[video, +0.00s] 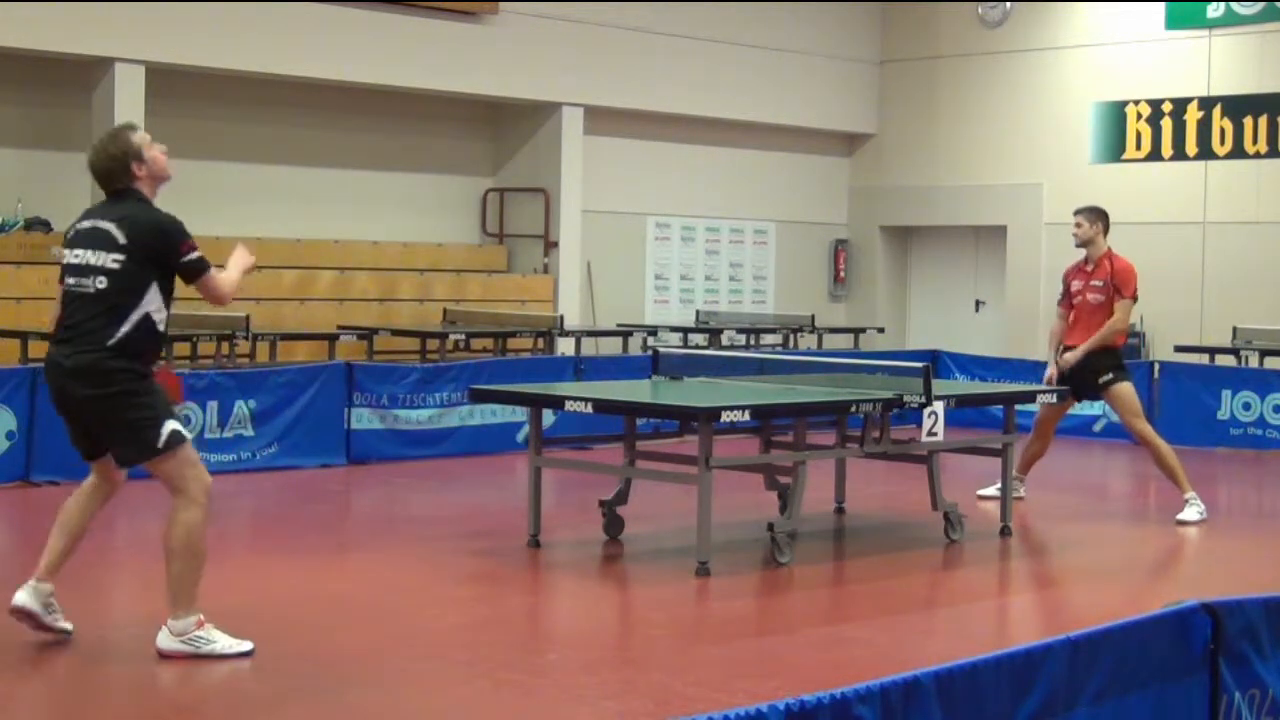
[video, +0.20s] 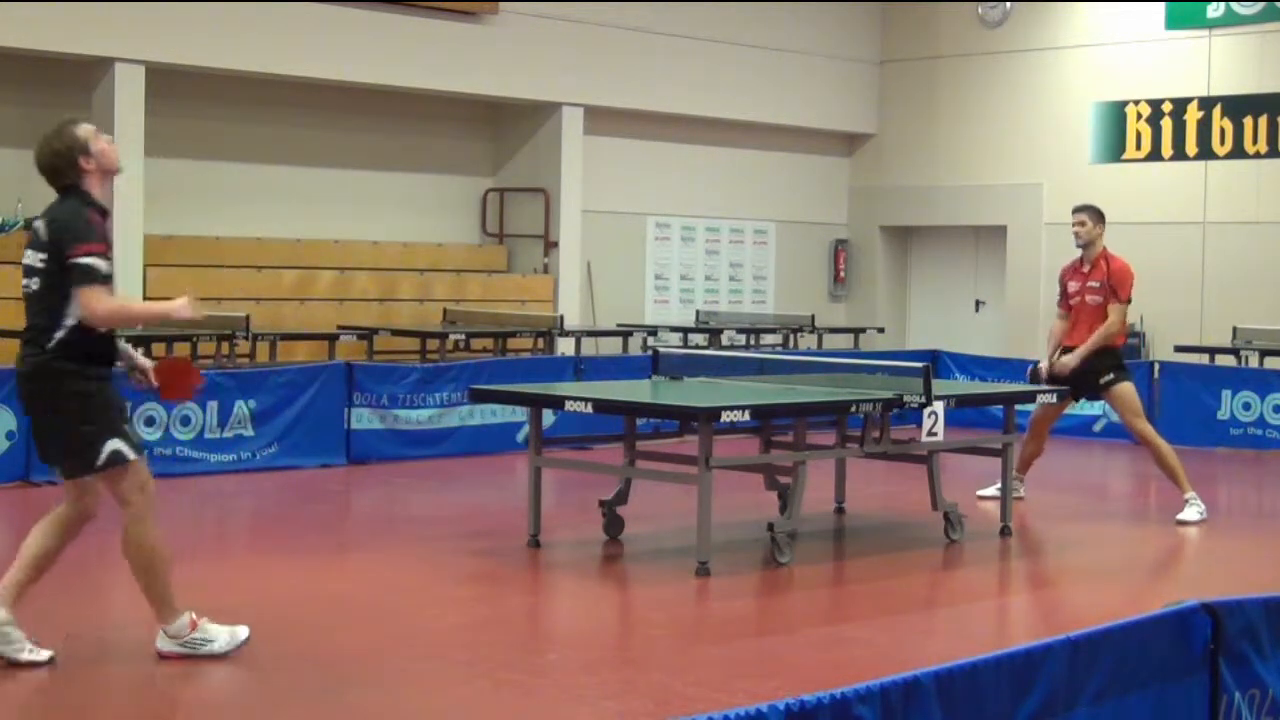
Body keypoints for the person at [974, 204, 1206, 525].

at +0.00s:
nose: (1073, 231)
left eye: (1079, 226)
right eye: (1073, 226)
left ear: (1098, 229)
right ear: (1087, 230)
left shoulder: (1121, 269)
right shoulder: (1072, 272)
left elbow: (1120, 323)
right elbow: (1061, 319)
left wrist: (1079, 352)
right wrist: (1051, 361)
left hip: (1104, 356)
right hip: (1070, 356)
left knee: (1138, 426)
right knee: (1043, 422)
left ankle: (1191, 498)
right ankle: (1016, 481)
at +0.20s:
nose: (1075, 230)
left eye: (1081, 225)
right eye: (1073, 226)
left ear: (1099, 228)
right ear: (1074, 231)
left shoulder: (1118, 269)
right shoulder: (1068, 272)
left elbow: (1115, 325)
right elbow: (1062, 319)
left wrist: (1075, 356)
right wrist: (1048, 357)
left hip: (1104, 356)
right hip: (1070, 356)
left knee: (1139, 427)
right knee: (1038, 422)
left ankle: (1191, 498)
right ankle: (1015, 481)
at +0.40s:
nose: (1054, 262)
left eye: (1052, 254)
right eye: (1050, 256)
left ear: (1063, 243)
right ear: (1075, 237)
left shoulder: (1076, 265)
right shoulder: (1121, 249)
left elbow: (1057, 328)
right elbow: (1125, 292)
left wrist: (1033, 359)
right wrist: (1090, 311)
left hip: (1126, 349)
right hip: (1164, 344)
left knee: (1083, 427)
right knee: (1168, 437)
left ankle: (1074, 514)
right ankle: (1185, 519)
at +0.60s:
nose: (1032, 296)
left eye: (1030, 288)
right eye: (1028, 291)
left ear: (1041, 277)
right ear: (1053, 271)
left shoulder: (1055, 293)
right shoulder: (1092, 276)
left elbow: (1031, 353)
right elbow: (1097, 317)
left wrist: (1007, 373)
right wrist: (1064, 335)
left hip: (1121, 359)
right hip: (1159, 351)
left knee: (1073, 427)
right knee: (1186, 441)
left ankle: (1073, 514)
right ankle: (1229, 514)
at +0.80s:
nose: (1028, 323)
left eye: (1028, 317)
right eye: (1025, 319)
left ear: (1040, 307)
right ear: (1051, 299)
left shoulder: (1052, 323)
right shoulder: (1086, 306)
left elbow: (1017, 370)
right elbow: (1072, 355)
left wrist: (994, 367)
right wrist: (1031, 352)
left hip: (1125, 382)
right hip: (1161, 375)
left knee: (1063, 429)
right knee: (1198, 462)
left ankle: (1072, 514)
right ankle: (1254, 523)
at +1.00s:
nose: (1027, 335)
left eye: (1027, 328)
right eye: (1025, 330)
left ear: (1039, 320)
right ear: (1053, 313)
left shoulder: (1049, 335)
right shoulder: (1087, 319)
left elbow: (1012, 374)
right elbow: (1059, 361)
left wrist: (989, 361)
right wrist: (1014, 357)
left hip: (1119, 399)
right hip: (1157, 391)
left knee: (1055, 430)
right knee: (1197, 475)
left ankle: (1071, 515)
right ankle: (1253, 528)